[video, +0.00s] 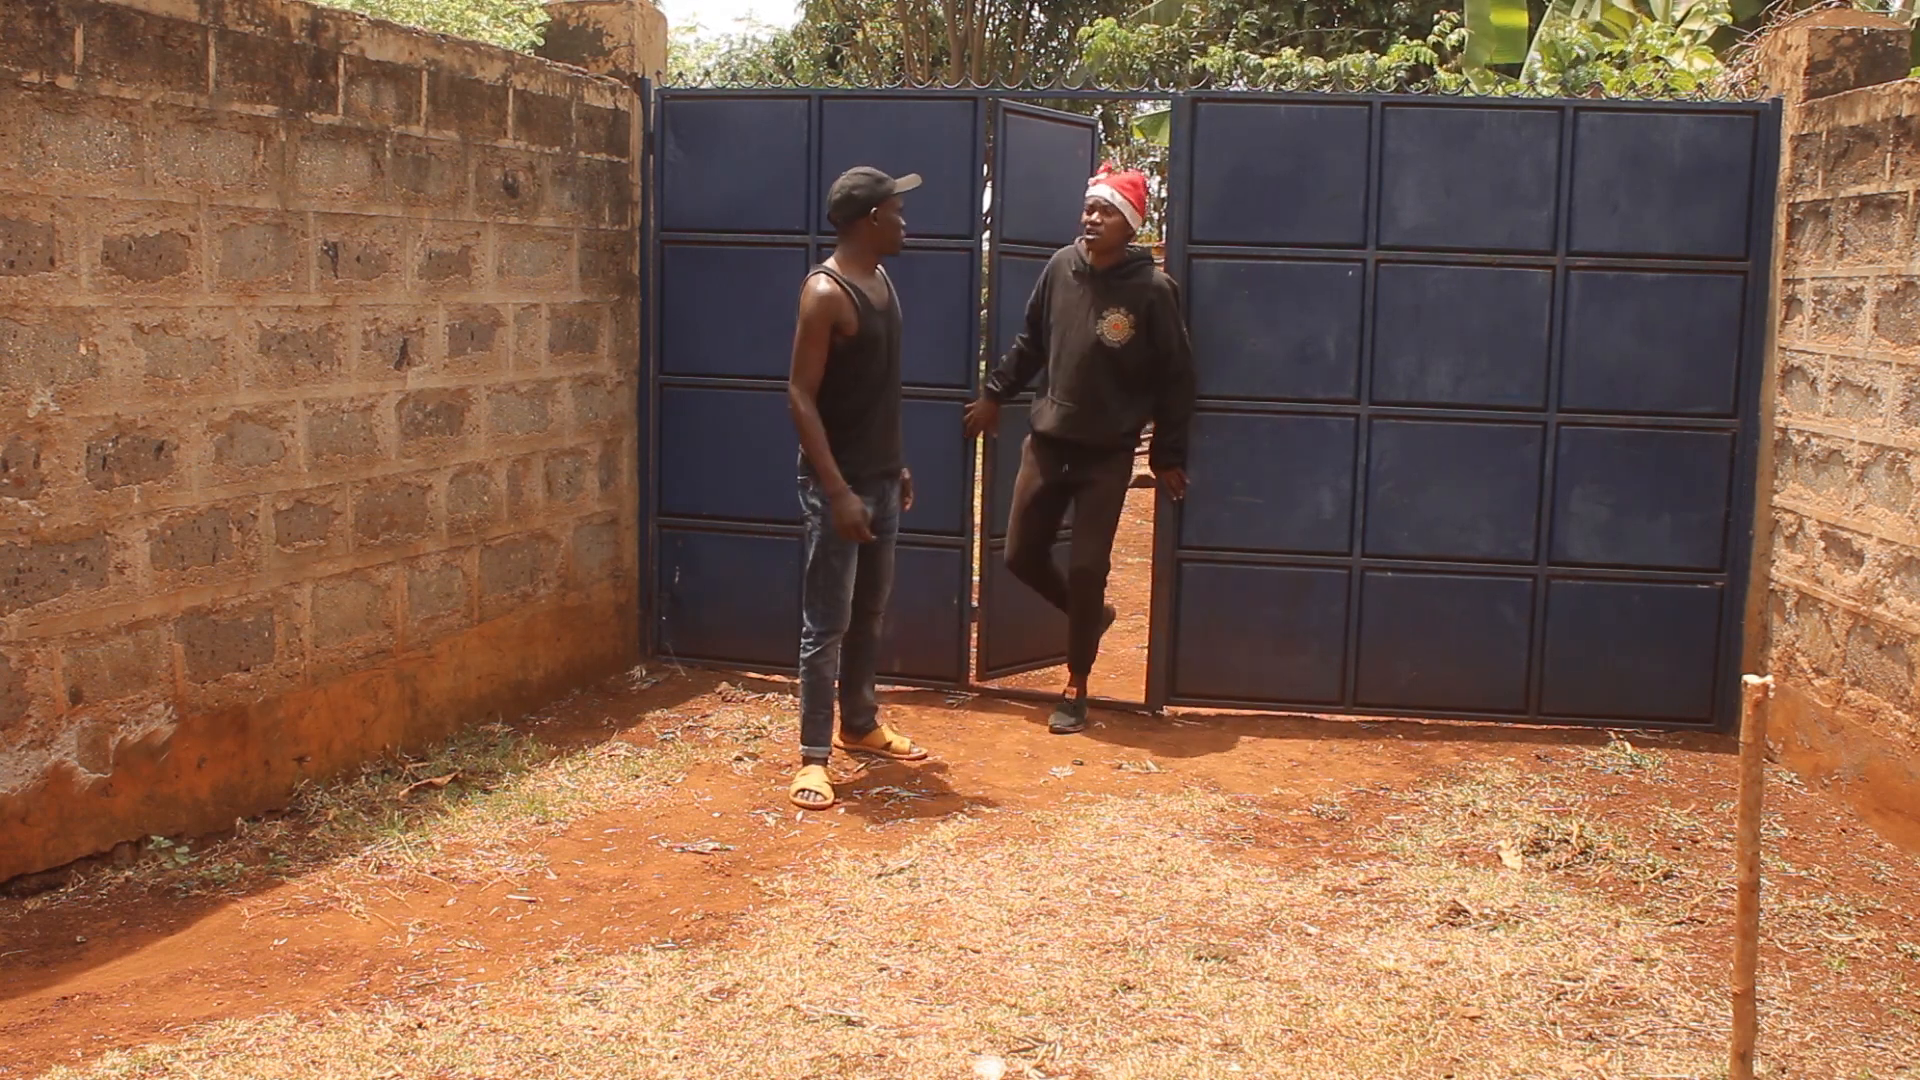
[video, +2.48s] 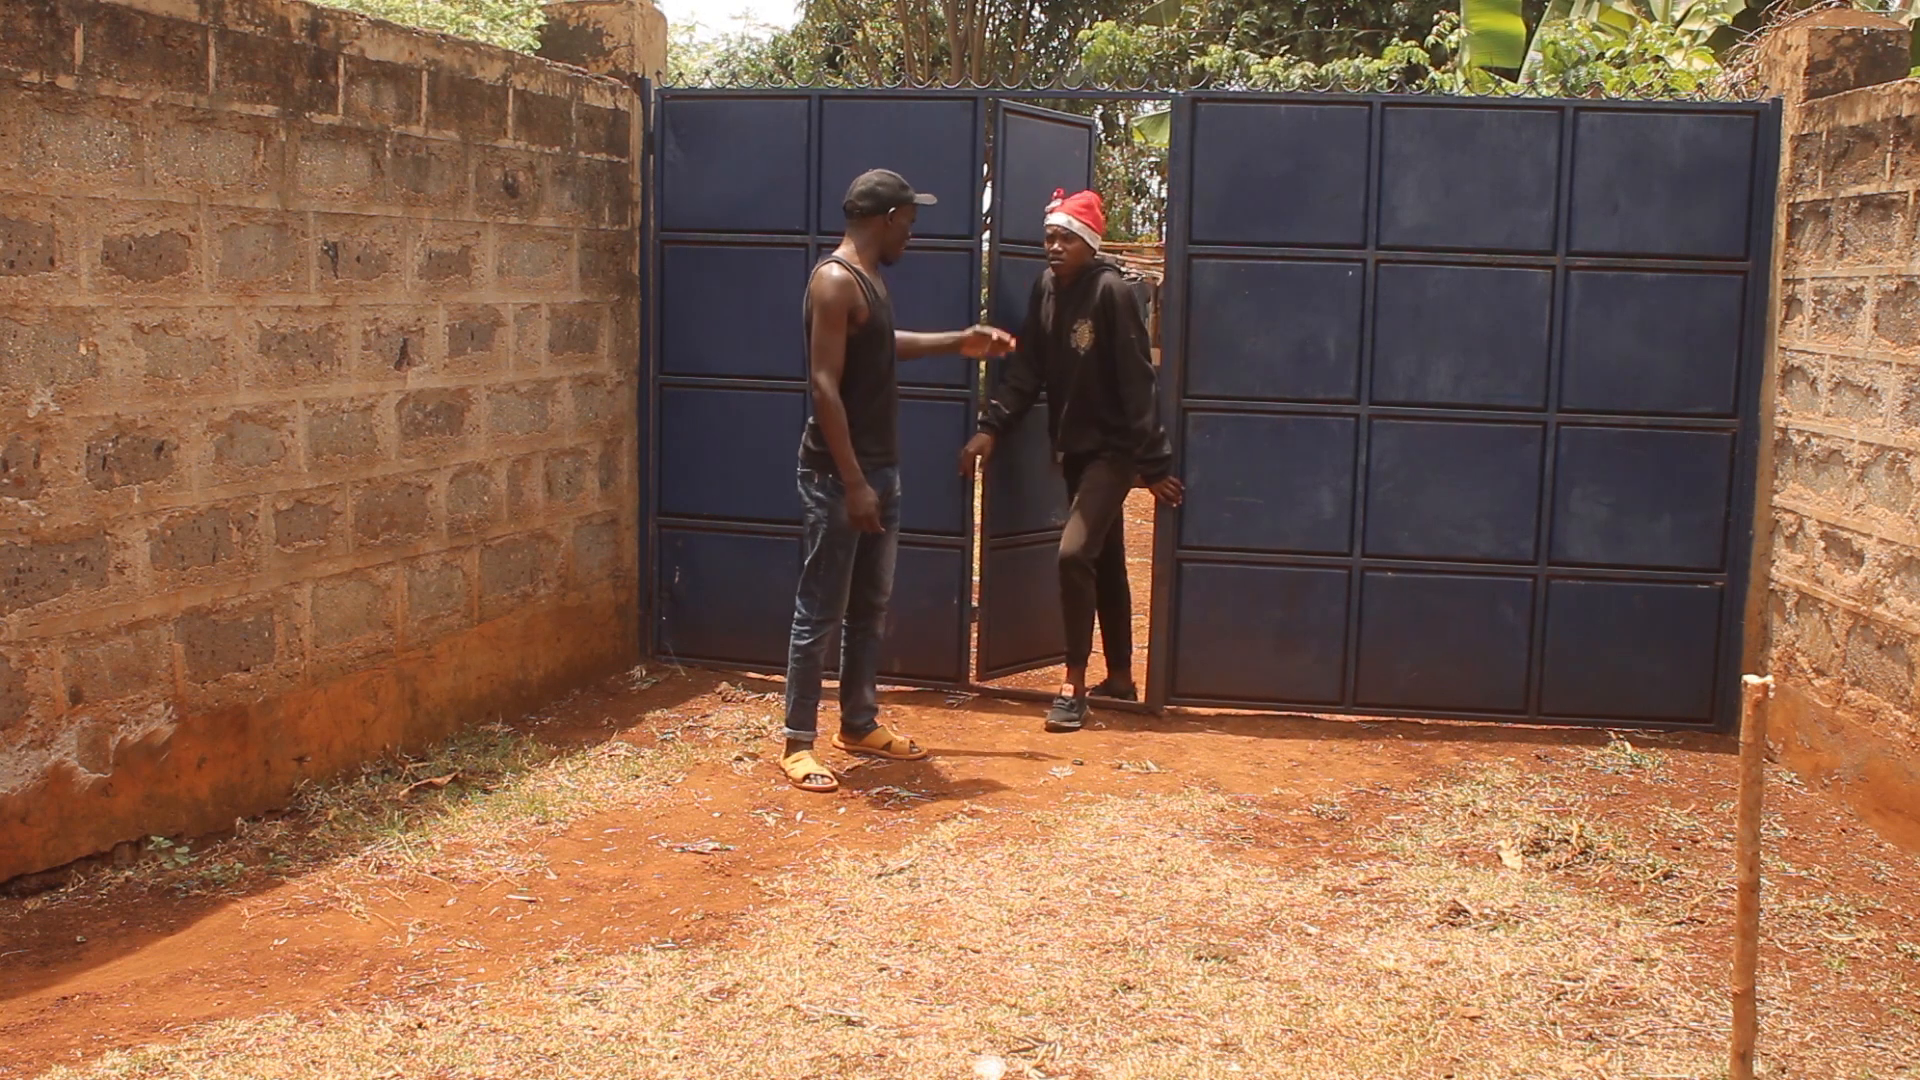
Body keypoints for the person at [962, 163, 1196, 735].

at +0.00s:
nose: (1091, 218)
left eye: (1105, 211)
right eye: (1088, 208)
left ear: (1133, 224)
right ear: (1081, 214)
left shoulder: (1154, 289)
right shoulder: (1062, 264)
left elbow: (1176, 378)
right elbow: (1032, 340)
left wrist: (1169, 455)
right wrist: (993, 395)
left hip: (1108, 449)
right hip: (1046, 440)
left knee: (1086, 568)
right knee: (1021, 556)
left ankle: (1074, 693)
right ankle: (1091, 611)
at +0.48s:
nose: (1088, 209)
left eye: (1099, 199)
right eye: (1082, 200)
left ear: (1128, 204)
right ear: (1075, 205)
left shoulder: (1153, 277)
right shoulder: (1051, 258)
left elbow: (1166, 370)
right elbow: (993, 313)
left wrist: (1166, 454)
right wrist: (1004, 259)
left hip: (1099, 440)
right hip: (1034, 431)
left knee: (1086, 567)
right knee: (1015, 559)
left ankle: (1076, 688)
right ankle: (1001, 685)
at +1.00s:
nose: (1074, 209)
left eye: (1085, 200)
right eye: (1066, 199)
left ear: (1109, 207)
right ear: (1056, 202)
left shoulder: (1126, 279)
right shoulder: (1027, 257)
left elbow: (1147, 373)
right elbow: (969, 326)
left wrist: (1163, 454)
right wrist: (1010, 303)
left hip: (1082, 442)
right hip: (1013, 436)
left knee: (1076, 567)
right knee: (1005, 566)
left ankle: (1075, 689)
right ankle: (993, 691)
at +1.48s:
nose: (1081, 215)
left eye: (1094, 207)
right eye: (1075, 204)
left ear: (1118, 216)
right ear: (1066, 206)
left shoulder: (1131, 285)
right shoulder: (1033, 255)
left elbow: (1144, 377)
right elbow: (993, 332)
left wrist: (1163, 454)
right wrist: (1022, 390)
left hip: (1081, 441)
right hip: (1013, 433)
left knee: (1073, 564)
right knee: (1006, 562)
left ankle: (1074, 688)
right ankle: (992, 689)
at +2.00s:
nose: (1095, 217)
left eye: (1108, 210)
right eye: (1091, 206)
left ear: (1134, 221)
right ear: (1085, 208)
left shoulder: (1147, 280)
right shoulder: (1062, 262)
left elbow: (1153, 376)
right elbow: (1025, 341)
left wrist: (1161, 457)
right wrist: (966, 375)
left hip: (1108, 435)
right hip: (1051, 427)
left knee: (1078, 562)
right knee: (1037, 557)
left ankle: (1074, 690)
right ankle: (1107, 622)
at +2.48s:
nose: (1052, 246)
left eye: (1064, 238)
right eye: (1049, 236)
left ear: (1092, 243)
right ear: (1047, 240)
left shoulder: (1114, 288)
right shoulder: (1046, 291)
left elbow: (1138, 383)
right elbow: (1023, 370)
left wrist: (1155, 463)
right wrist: (989, 429)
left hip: (1117, 447)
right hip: (1073, 448)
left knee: (1072, 554)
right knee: (1107, 566)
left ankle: (1073, 688)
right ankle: (1120, 678)